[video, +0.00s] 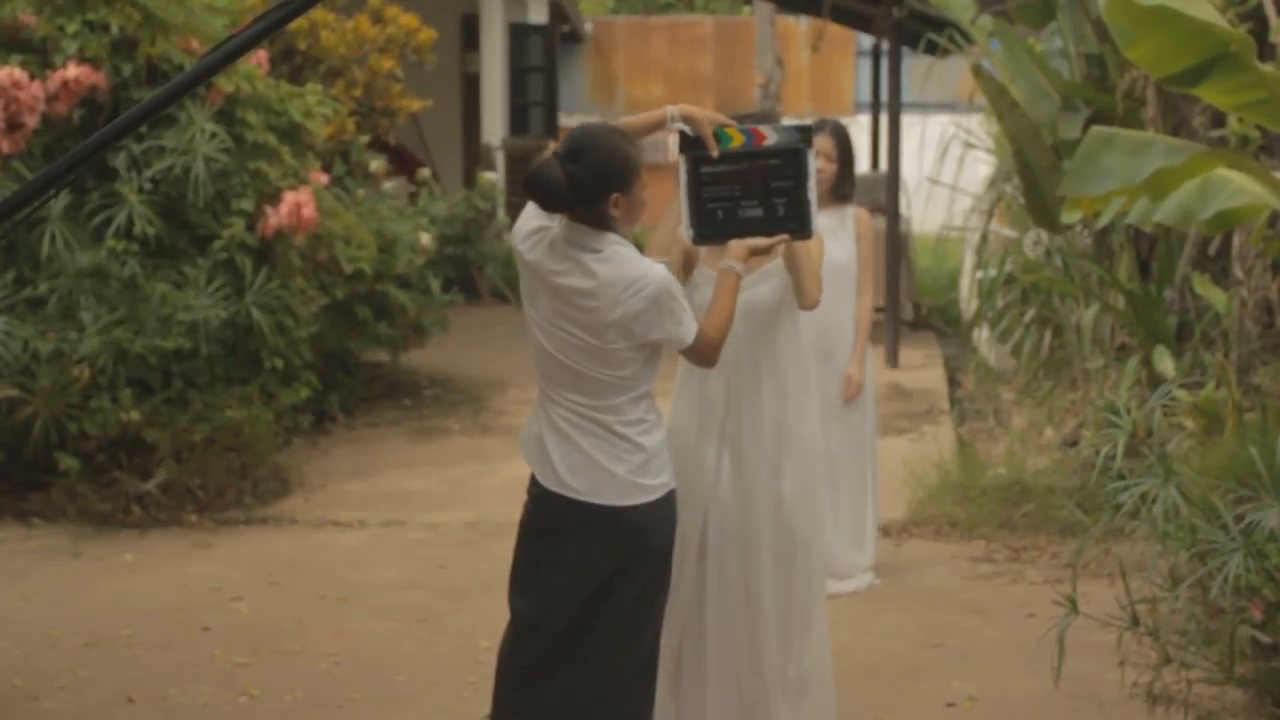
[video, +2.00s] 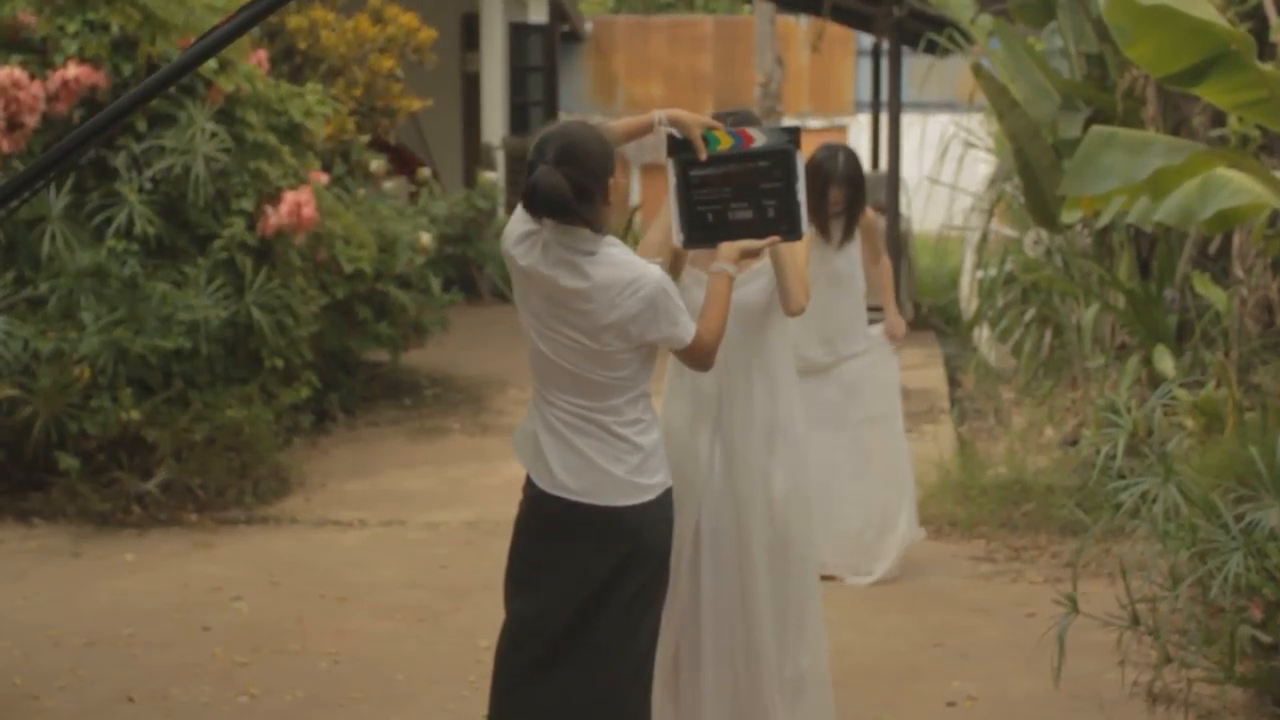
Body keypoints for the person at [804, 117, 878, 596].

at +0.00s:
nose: (817, 165)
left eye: (827, 158)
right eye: (812, 155)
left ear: (843, 167)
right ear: (799, 161)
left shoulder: (856, 220)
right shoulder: (783, 214)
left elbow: (866, 293)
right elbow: (762, 291)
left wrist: (856, 360)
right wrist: (759, 357)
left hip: (834, 352)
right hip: (785, 353)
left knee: (836, 456)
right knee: (787, 456)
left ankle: (840, 558)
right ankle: (788, 560)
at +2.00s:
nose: (834, 200)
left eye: (842, 191)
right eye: (825, 192)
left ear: (855, 190)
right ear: (810, 191)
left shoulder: (867, 224)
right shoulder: (796, 226)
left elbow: (878, 262)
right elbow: (776, 276)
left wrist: (890, 310)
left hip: (852, 353)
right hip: (800, 357)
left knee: (854, 453)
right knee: (804, 455)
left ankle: (853, 551)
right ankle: (809, 554)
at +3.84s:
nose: (832, 183)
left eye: (841, 175)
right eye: (824, 174)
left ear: (850, 176)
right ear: (805, 173)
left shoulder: (857, 220)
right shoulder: (786, 221)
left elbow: (873, 288)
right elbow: (771, 293)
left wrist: (888, 354)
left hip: (845, 353)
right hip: (795, 354)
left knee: (844, 450)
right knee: (802, 451)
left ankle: (850, 547)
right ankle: (812, 552)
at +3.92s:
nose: (834, 180)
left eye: (842, 170)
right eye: (824, 170)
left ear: (853, 171)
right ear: (804, 169)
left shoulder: (857, 219)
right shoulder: (785, 217)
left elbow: (873, 288)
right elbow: (777, 283)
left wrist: (886, 354)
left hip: (846, 347)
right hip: (796, 348)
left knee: (845, 445)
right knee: (802, 445)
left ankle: (849, 545)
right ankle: (807, 550)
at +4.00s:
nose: (830, 174)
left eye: (837, 164)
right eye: (819, 164)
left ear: (848, 163)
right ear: (800, 164)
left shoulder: (855, 210)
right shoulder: (782, 210)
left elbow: (871, 285)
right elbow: (770, 280)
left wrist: (882, 353)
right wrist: (775, 346)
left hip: (844, 345)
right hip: (794, 343)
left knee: (841, 444)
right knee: (799, 444)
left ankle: (848, 545)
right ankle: (806, 549)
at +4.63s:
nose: (815, 160)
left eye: (825, 151)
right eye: (806, 151)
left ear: (840, 160)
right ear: (793, 159)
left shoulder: (857, 217)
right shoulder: (780, 217)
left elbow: (875, 280)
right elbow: (763, 275)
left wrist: (862, 298)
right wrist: (776, 309)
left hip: (845, 345)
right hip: (793, 344)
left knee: (849, 442)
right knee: (801, 440)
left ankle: (851, 544)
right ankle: (807, 546)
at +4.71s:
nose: (815, 161)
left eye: (825, 153)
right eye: (807, 152)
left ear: (839, 161)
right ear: (793, 160)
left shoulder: (855, 215)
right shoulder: (780, 214)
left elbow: (880, 282)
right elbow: (762, 275)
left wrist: (855, 241)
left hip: (845, 340)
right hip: (792, 338)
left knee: (848, 439)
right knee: (797, 437)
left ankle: (848, 545)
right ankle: (806, 545)